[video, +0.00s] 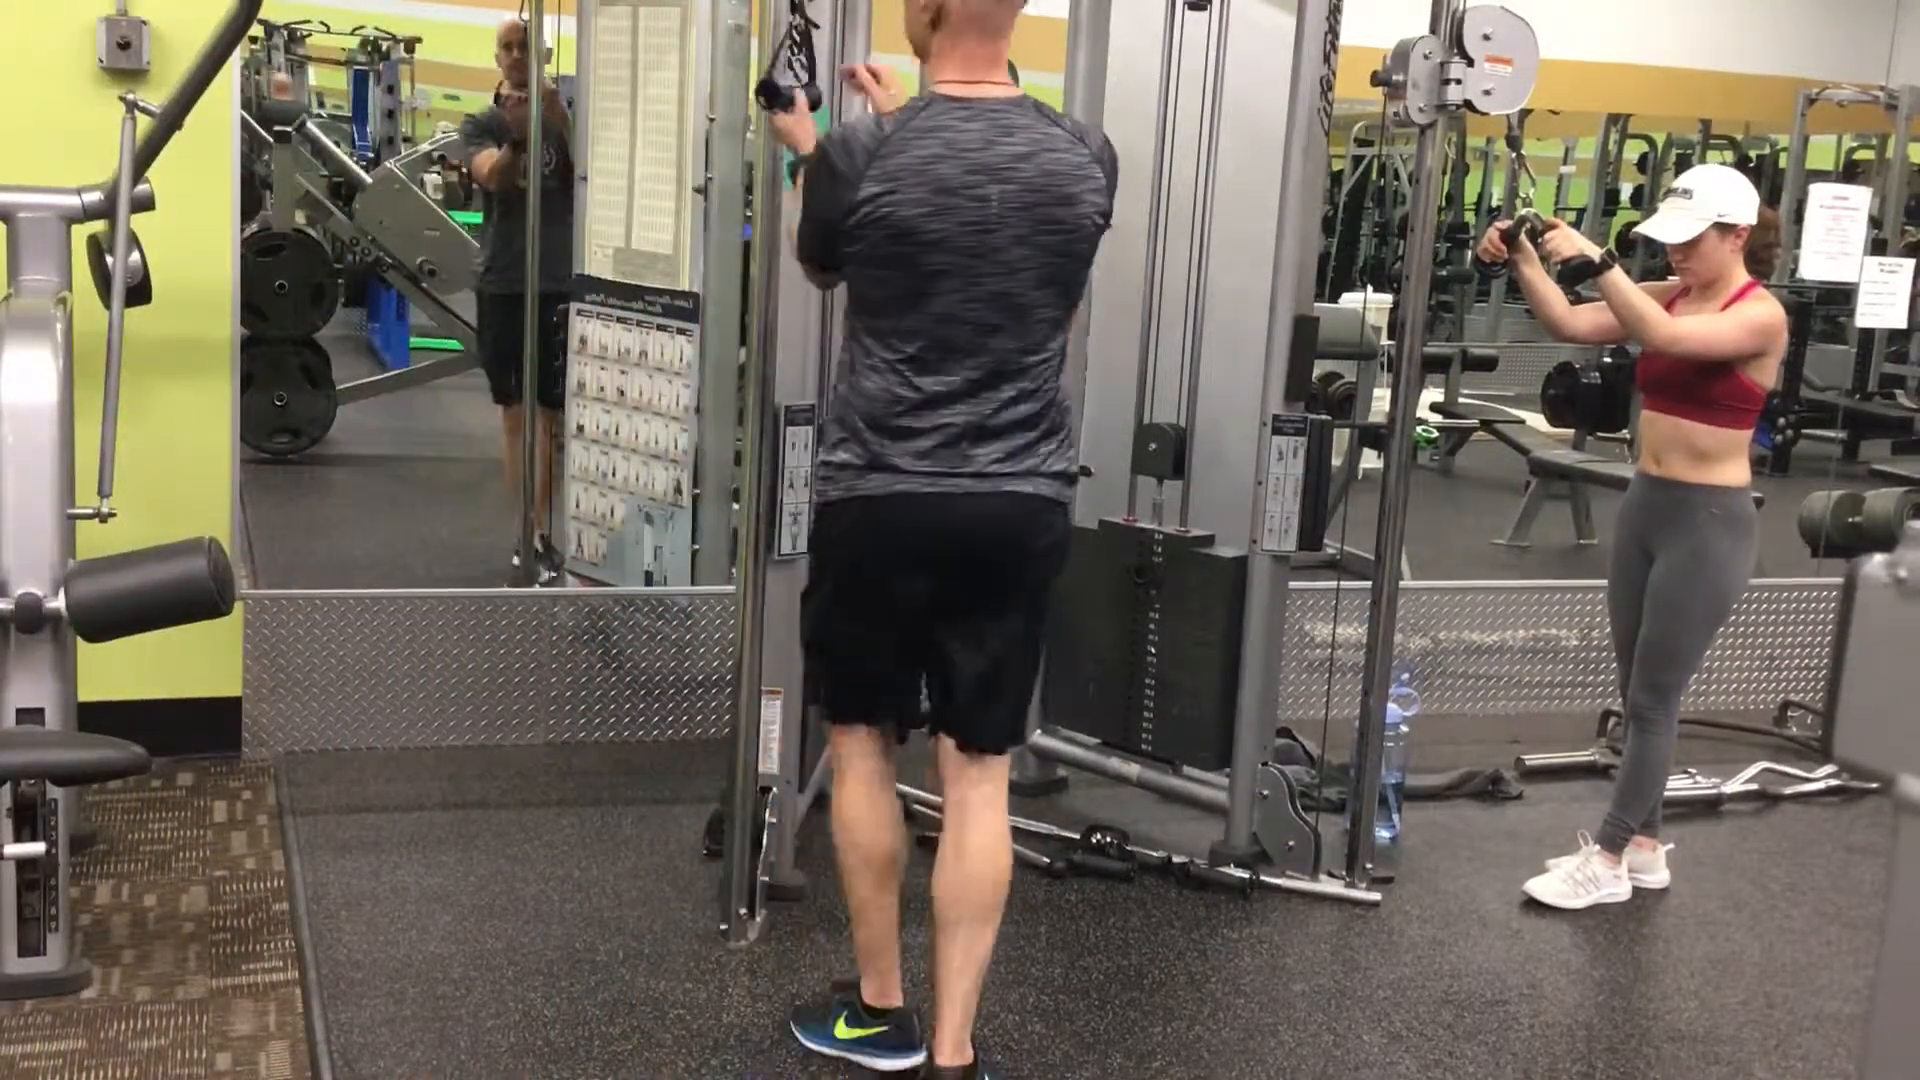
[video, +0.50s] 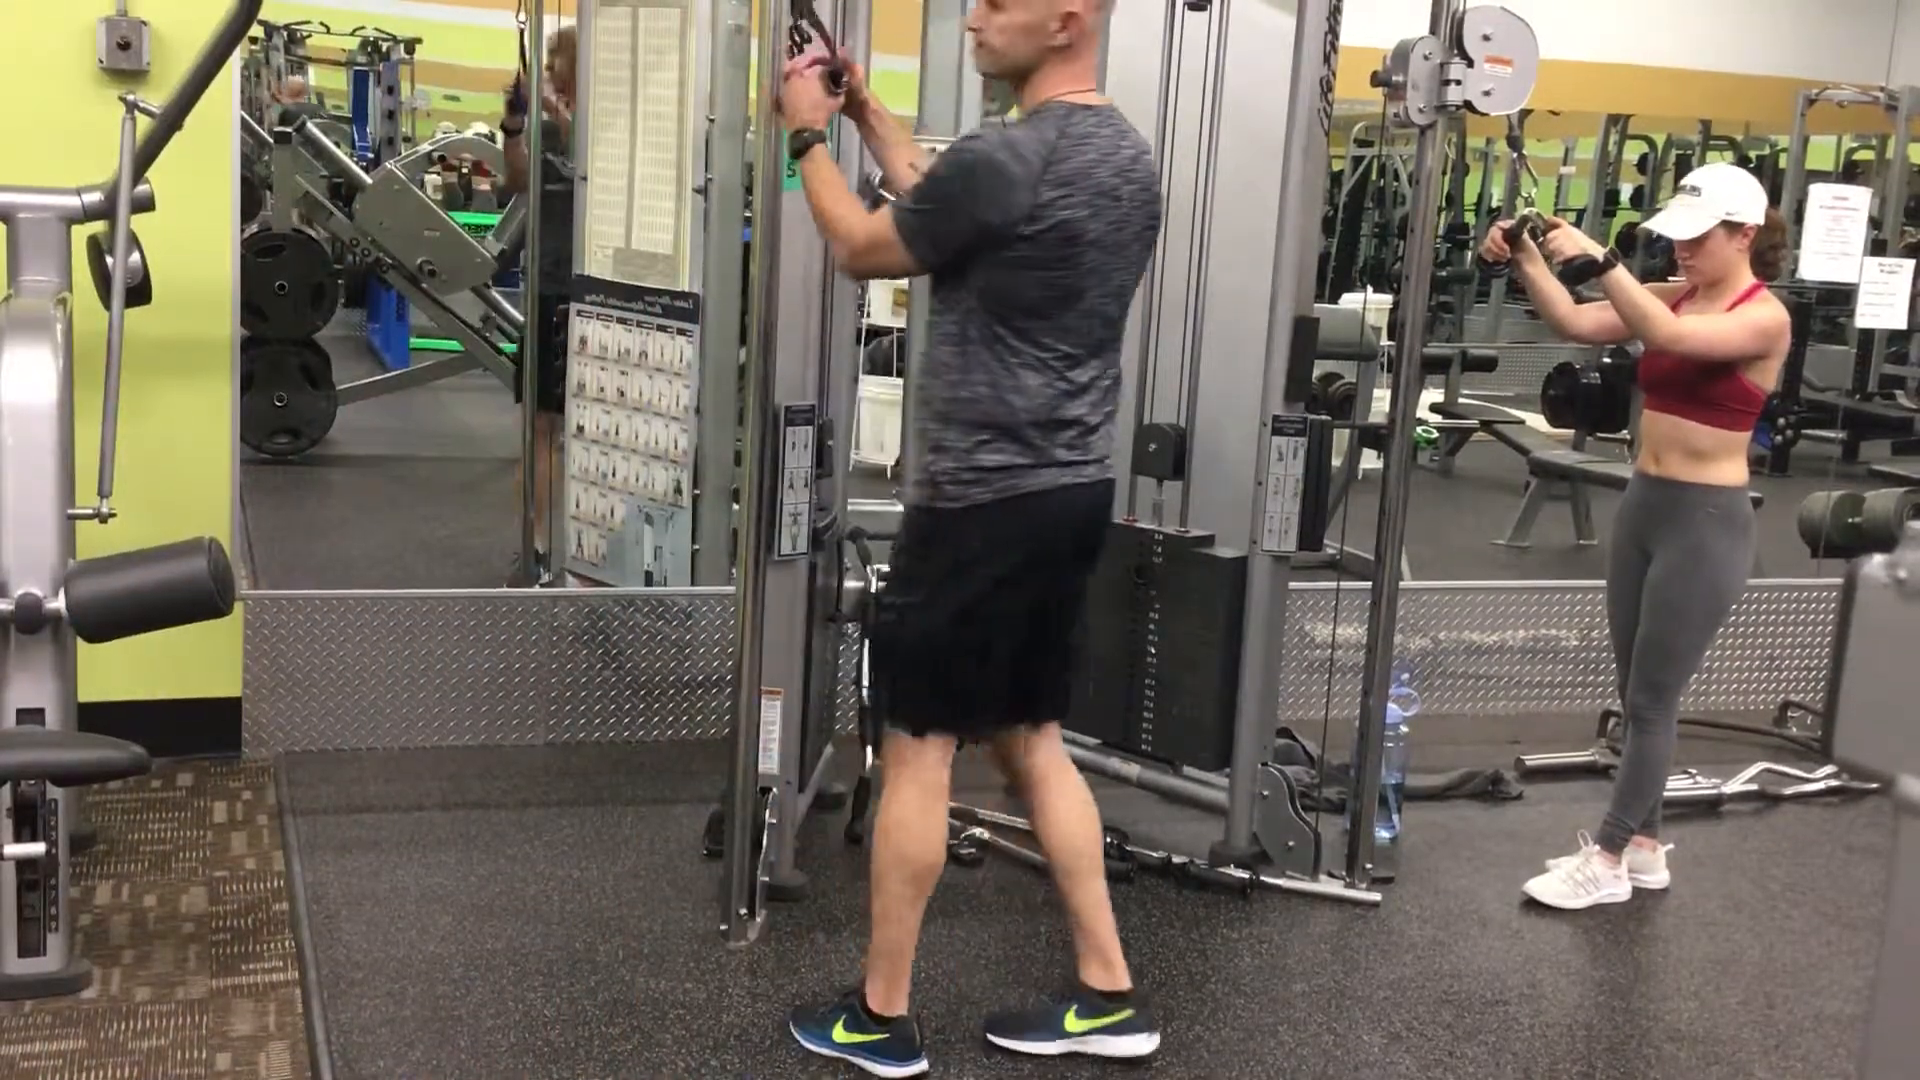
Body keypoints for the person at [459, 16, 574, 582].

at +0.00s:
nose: (516, 56)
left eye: (525, 46)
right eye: (508, 47)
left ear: (542, 49)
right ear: (496, 52)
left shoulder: (572, 107)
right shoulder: (481, 122)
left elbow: (591, 165)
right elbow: (489, 173)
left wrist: (556, 112)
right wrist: (521, 129)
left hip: (563, 281)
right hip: (504, 283)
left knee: (554, 418)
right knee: (514, 415)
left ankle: (547, 532)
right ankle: (525, 533)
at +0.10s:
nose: (517, 60)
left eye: (526, 49)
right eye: (509, 51)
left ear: (546, 52)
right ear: (501, 56)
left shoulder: (575, 114)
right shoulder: (487, 123)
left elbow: (594, 167)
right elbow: (495, 183)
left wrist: (555, 108)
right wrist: (515, 133)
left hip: (570, 285)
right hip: (510, 287)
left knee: (565, 422)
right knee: (517, 421)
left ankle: (553, 534)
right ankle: (527, 541)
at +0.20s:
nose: (526, 67)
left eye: (538, 57)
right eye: (518, 57)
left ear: (560, 61)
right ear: (508, 61)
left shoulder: (579, 116)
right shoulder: (498, 116)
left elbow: (594, 160)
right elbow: (498, 184)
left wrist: (550, 102)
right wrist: (511, 131)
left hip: (572, 281)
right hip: (515, 282)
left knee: (567, 420)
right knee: (521, 423)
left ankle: (555, 531)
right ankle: (526, 546)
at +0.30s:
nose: (536, 79)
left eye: (546, 69)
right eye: (531, 69)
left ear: (568, 71)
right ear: (523, 73)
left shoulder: (587, 123)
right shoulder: (515, 121)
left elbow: (593, 161)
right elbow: (503, 189)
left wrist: (544, 103)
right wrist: (506, 129)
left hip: (580, 282)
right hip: (523, 282)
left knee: (571, 428)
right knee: (527, 428)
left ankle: (565, 552)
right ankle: (528, 550)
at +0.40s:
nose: (537, 77)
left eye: (546, 69)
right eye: (538, 68)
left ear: (569, 75)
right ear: (541, 76)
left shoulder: (599, 122)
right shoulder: (532, 114)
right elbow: (510, 181)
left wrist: (565, 126)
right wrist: (512, 120)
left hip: (589, 277)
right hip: (539, 278)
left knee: (582, 423)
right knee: (537, 422)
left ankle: (586, 555)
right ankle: (535, 546)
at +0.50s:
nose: (554, 76)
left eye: (562, 68)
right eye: (553, 67)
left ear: (587, 71)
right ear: (553, 71)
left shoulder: (607, 129)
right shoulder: (546, 124)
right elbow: (518, 179)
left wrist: (565, 124)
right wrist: (518, 115)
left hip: (596, 288)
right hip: (549, 287)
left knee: (586, 431)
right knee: (543, 428)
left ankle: (589, 558)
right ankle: (536, 547)